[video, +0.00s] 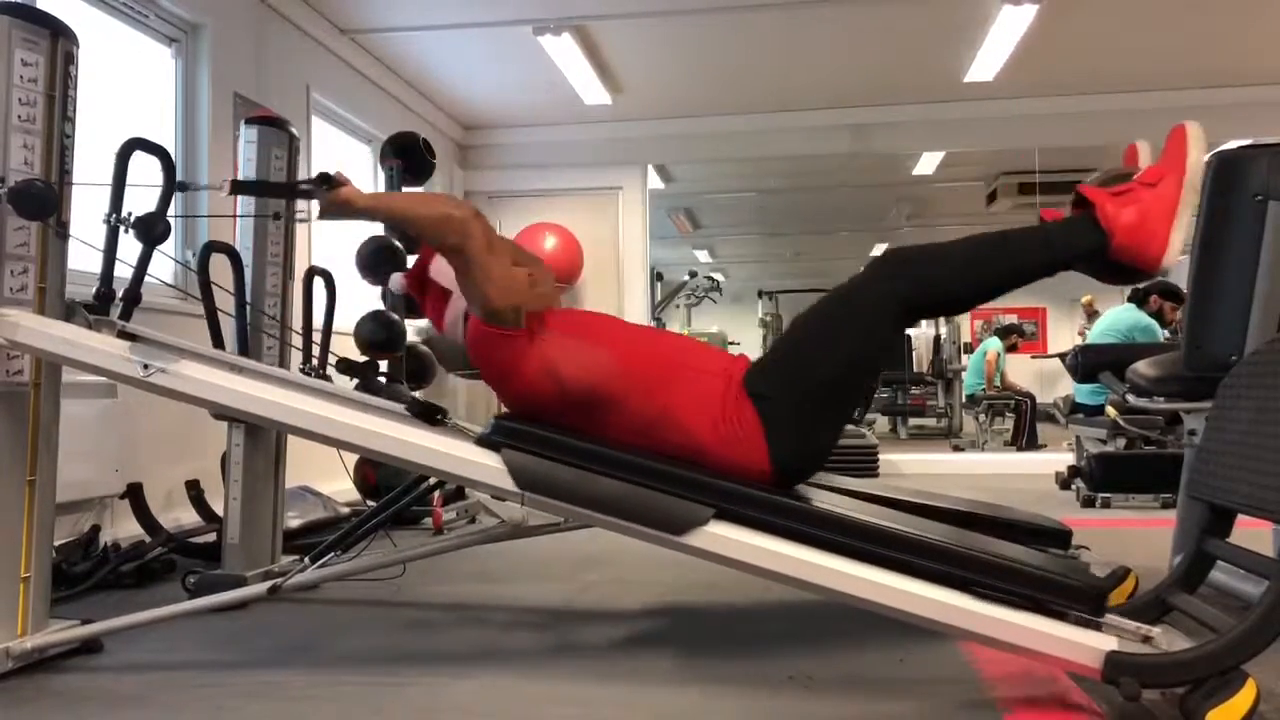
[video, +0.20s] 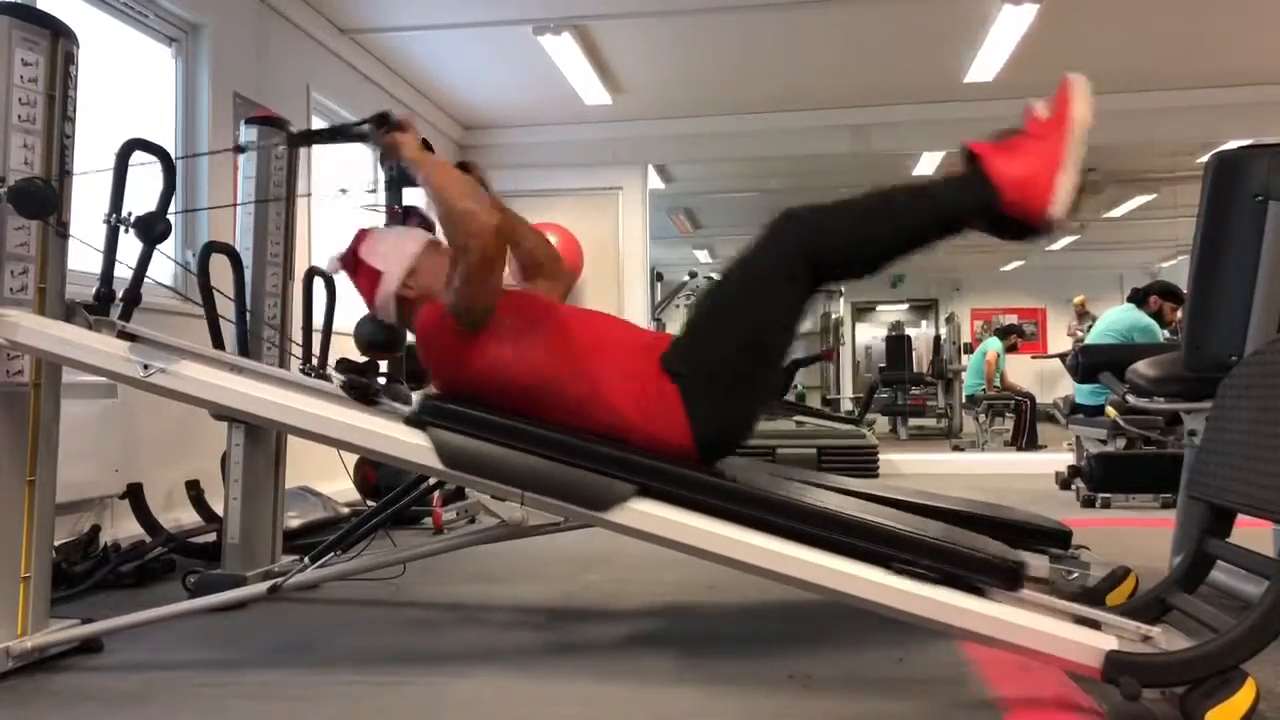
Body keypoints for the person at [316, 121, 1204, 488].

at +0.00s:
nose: (513, 253)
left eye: (499, 245)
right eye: (496, 251)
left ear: (458, 303)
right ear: (475, 287)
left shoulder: (521, 336)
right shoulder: (508, 336)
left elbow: (562, 253)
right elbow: (453, 218)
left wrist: (448, 247)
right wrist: (364, 203)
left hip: (753, 398)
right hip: (761, 425)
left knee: (890, 271)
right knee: (892, 282)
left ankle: (1094, 223)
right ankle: (1109, 236)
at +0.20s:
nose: (416, 254)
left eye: (405, 248)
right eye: (401, 257)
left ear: (425, 262)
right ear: (401, 297)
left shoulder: (496, 317)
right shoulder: (445, 339)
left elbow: (557, 255)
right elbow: (482, 237)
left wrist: (471, 194)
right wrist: (420, 163)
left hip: (688, 382)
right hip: (687, 409)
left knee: (793, 240)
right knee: (790, 242)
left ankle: (998, 183)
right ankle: (1002, 186)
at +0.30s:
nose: (402, 230)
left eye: (391, 222)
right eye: (385, 232)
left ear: (394, 246)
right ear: (365, 271)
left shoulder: (446, 310)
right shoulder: (398, 328)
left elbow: (551, 279)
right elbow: (461, 249)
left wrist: (511, 193)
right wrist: (433, 140)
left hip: (636, 369)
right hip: (636, 394)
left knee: (718, 216)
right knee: (717, 215)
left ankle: (912, 157)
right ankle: (917, 158)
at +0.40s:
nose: (361, 213)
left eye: (351, 205)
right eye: (343, 214)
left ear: (329, 244)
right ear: (320, 249)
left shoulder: (398, 295)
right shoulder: (355, 308)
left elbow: (515, 286)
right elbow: (425, 250)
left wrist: (531, 195)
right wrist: (451, 127)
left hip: (588, 362)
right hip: (591, 381)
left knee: (644, 191)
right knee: (645, 189)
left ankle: (831, 135)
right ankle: (831, 130)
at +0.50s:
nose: (333, 201)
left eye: (321, 192)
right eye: (314, 197)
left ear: (298, 226)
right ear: (287, 230)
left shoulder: (357, 280)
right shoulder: (320, 288)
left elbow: (481, 282)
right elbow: (408, 236)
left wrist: (552, 213)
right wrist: (474, 126)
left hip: (545, 351)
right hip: (547, 367)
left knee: (576, 174)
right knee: (569, 163)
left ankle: (755, 129)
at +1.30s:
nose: (344, 193)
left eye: (335, 186)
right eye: (326, 192)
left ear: (329, 212)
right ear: (300, 225)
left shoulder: (376, 277)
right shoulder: (334, 275)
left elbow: (508, 262)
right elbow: (427, 195)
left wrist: (559, 172)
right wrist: (479, 76)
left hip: (553, 350)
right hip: (552, 368)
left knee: (633, 195)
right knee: (631, 188)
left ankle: (826, 155)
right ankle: (822, 147)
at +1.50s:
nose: (385, 204)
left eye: (373, 199)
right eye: (363, 206)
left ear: (370, 234)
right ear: (346, 249)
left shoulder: (440, 296)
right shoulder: (389, 305)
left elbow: (541, 247)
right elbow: (448, 195)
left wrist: (515, 144)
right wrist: (443, 84)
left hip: (623, 368)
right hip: (615, 388)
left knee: (742, 240)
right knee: (736, 242)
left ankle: (950, 200)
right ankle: (949, 190)